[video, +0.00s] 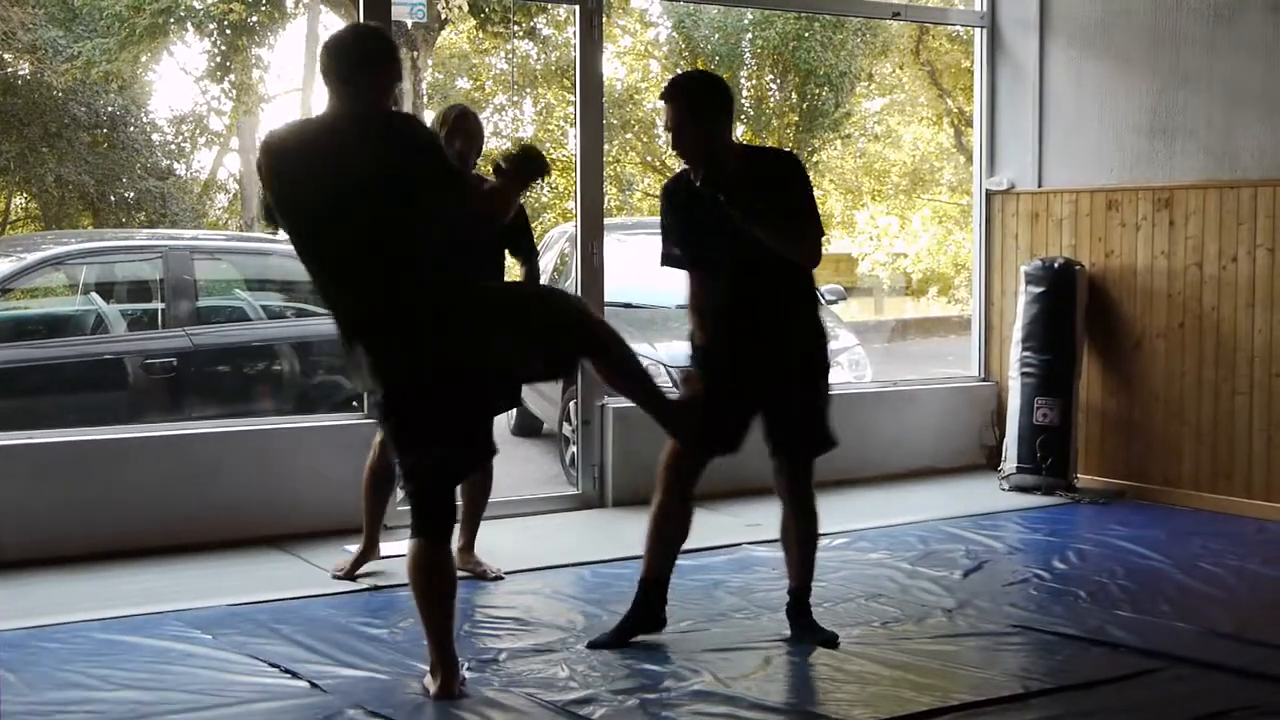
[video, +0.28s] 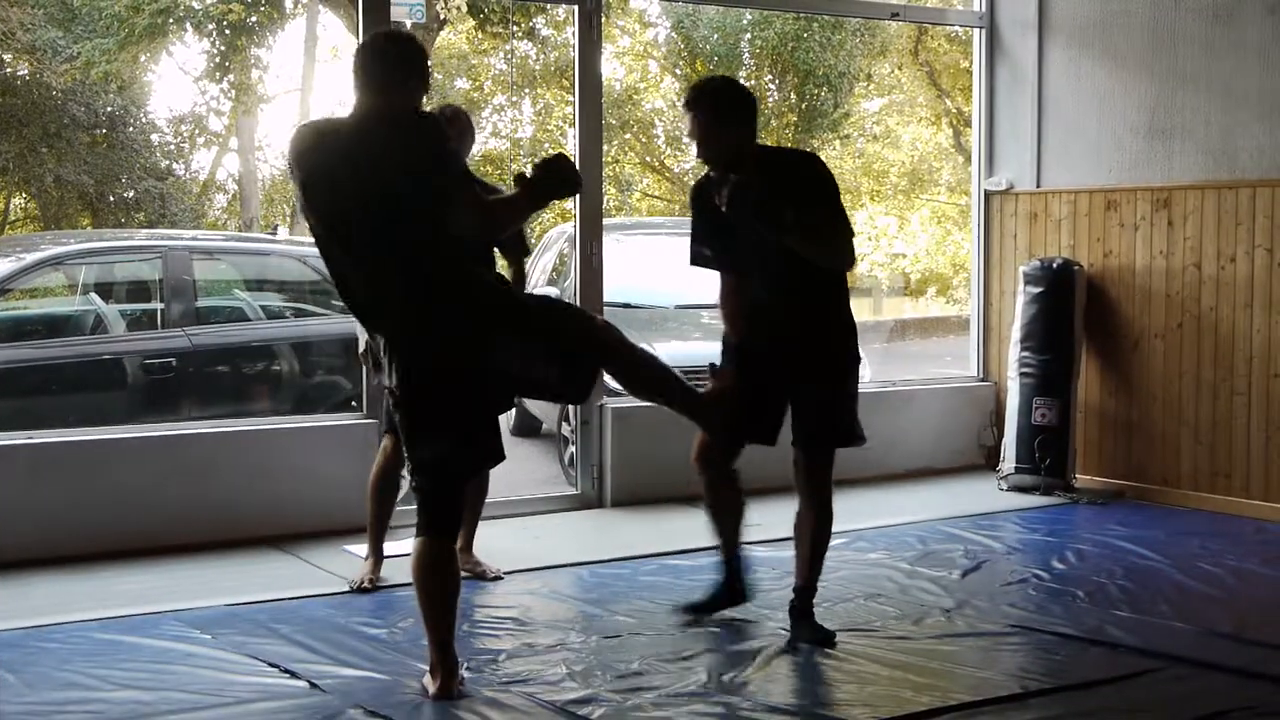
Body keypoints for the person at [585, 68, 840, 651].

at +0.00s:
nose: (670, 138)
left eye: (677, 125)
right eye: (668, 127)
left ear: (712, 120)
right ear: (685, 124)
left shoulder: (780, 169)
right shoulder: (682, 193)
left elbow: (809, 254)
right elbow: (693, 278)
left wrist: (736, 210)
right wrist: (699, 354)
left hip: (790, 349)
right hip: (721, 352)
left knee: (796, 484)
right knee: (676, 470)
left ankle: (800, 609)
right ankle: (649, 604)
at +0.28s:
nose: (693, 141)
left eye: (700, 127)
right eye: (691, 129)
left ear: (733, 122)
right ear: (715, 128)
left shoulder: (803, 169)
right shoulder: (710, 193)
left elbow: (843, 257)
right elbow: (730, 280)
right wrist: (730, 355)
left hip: (821, 348)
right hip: (755, 349)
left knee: (814, 480)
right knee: (712, 457)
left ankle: (804, 607)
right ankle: (733, 578)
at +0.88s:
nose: (738, 132)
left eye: (746, 120)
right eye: (734, 121)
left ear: (782, 115)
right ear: (741, 120)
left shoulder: (838, 168)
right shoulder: (747, 183)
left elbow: (857, 251)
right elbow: (733, 272)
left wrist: (807, 207)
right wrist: (708, 331)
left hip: (831, 343)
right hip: (766, 344)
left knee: (821, 478)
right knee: (758, 468)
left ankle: (814, 603)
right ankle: (798, 567)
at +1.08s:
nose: (743, 131)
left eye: (752, 119)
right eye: (741, 120)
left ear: (788, 115)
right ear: (751, 117)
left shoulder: (845, 171)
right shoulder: (753, 180)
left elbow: (872, 255)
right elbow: (748, 263)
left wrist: (808, 211)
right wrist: (719, 307)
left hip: (830, 346)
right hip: (763, 344)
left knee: (818, 477)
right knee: (708, 458)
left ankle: (813, 604)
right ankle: (739, 578)